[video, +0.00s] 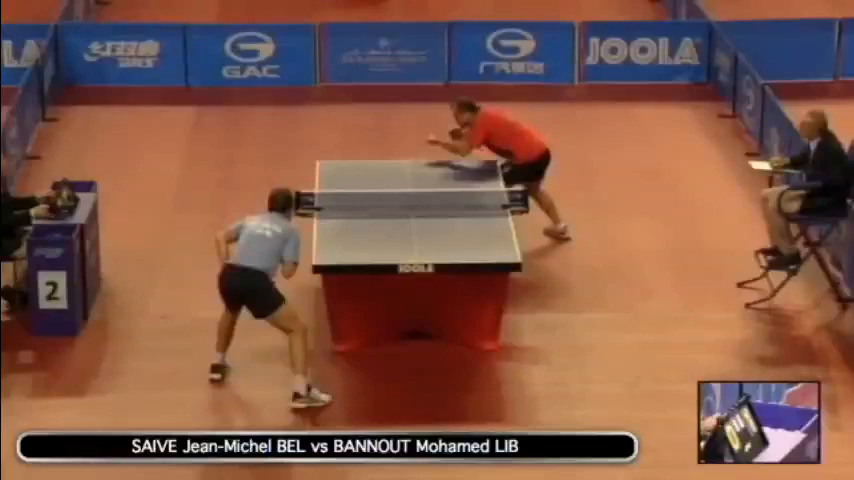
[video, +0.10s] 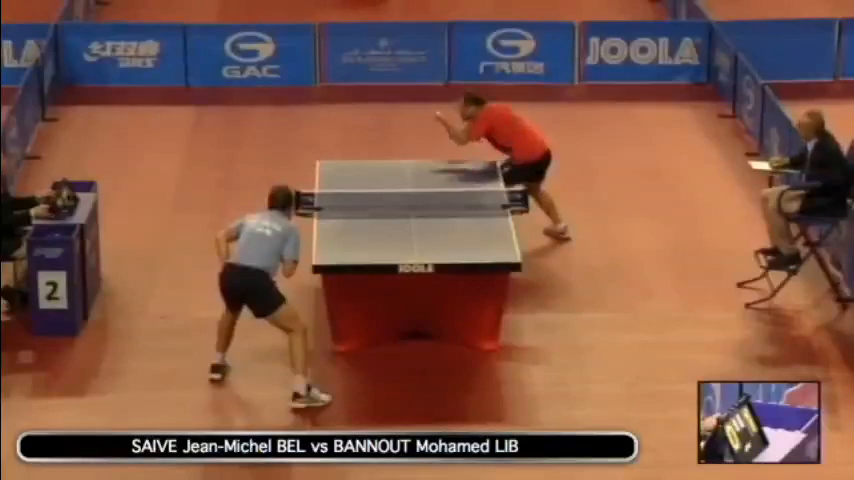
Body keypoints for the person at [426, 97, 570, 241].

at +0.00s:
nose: (458, 120)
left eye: (459, 115)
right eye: (457, 116)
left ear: (468, 113)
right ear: (472, 110)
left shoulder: (480, 123)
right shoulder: (487, 116)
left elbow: (464, 150)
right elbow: (479, 138)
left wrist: (441, 143)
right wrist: (464, 134)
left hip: (527, 162)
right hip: (540, 154)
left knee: (491, 188)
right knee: (534, 190)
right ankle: (559, 226)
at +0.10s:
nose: (462, 112)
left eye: (464, 107)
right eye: (462, 108)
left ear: (472, 107)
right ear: (479, 104)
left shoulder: (483, 117)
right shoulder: (499, 109)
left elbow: (461, 139)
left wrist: (446, 124)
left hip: (525, 162)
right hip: (542, 155)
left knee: (489, 187)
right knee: (534, 189)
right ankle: (559, 225)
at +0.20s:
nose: (471, 98)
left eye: (473, 94)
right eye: (472, 93)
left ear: (479, 94)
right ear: (491, 91)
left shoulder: (486, 108)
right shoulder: (508, 99)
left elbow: (462, 128)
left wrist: (449, 107)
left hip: (522, 160)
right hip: (542, 153)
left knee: (490, 189)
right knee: (536, 188)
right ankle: (560, 225)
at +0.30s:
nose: (476, 92)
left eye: (478, 88)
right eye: (476, 88)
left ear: (486, 88)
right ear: (496, 85)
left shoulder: (488, 105)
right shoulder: (515, 94)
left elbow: (465, 126)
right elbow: (532, 106)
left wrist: (450, 112)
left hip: (521, 159)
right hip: (542, 153)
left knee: (490, 186)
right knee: (537, 186)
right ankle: (560, 224)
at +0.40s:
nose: (478, 87)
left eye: (480, 84)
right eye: (479, 83)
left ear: (489, 85)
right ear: (499, 82)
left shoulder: (490, 102)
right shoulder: (519, 91)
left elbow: (472, 125)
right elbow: (533, 92)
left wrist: (446, 122)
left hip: (520, 157)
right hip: (542, 151)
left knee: (491, 188)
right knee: (539, 185)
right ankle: (560, 225)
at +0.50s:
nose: (476, 88)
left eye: (478, 83)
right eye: (476, 83)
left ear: (487, 84)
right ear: (497, 81)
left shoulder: (491, 102)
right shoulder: (517, 89)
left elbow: (478, 124)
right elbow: (531, 89)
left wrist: (450, 129)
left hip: (521, 155)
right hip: (543, 148)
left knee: (491, 186)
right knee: (539, 184)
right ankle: (560, 224)